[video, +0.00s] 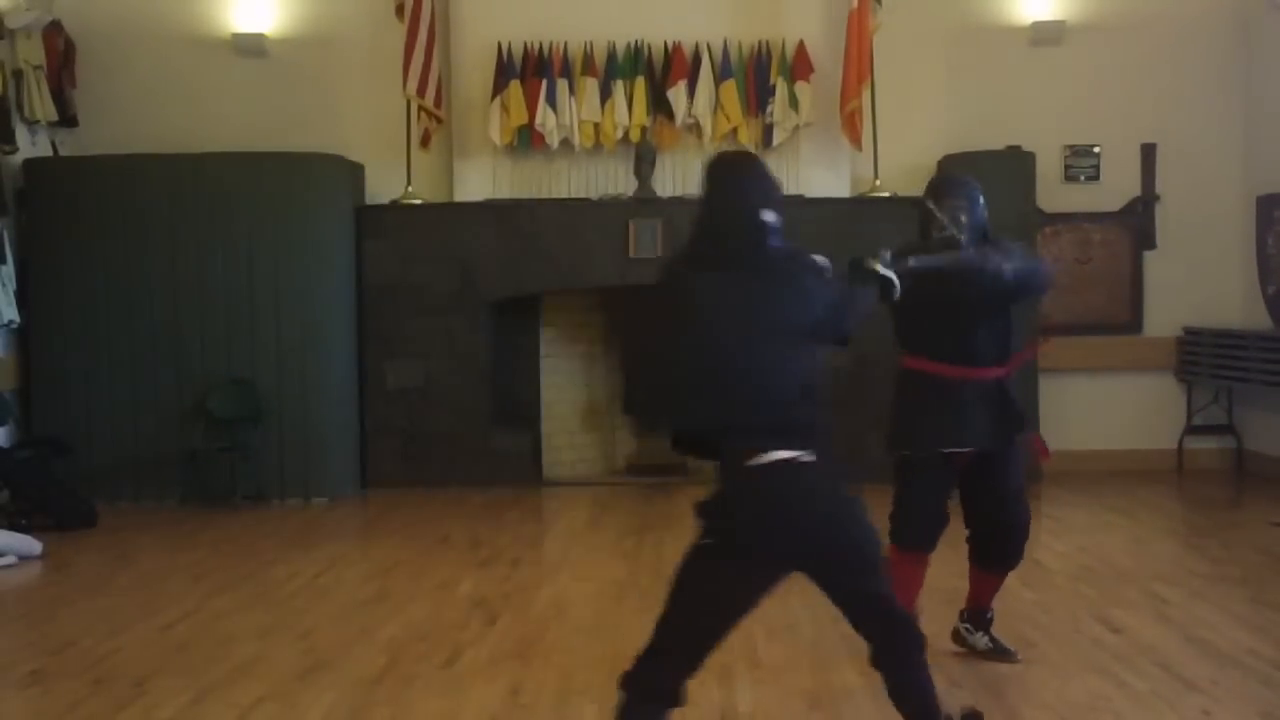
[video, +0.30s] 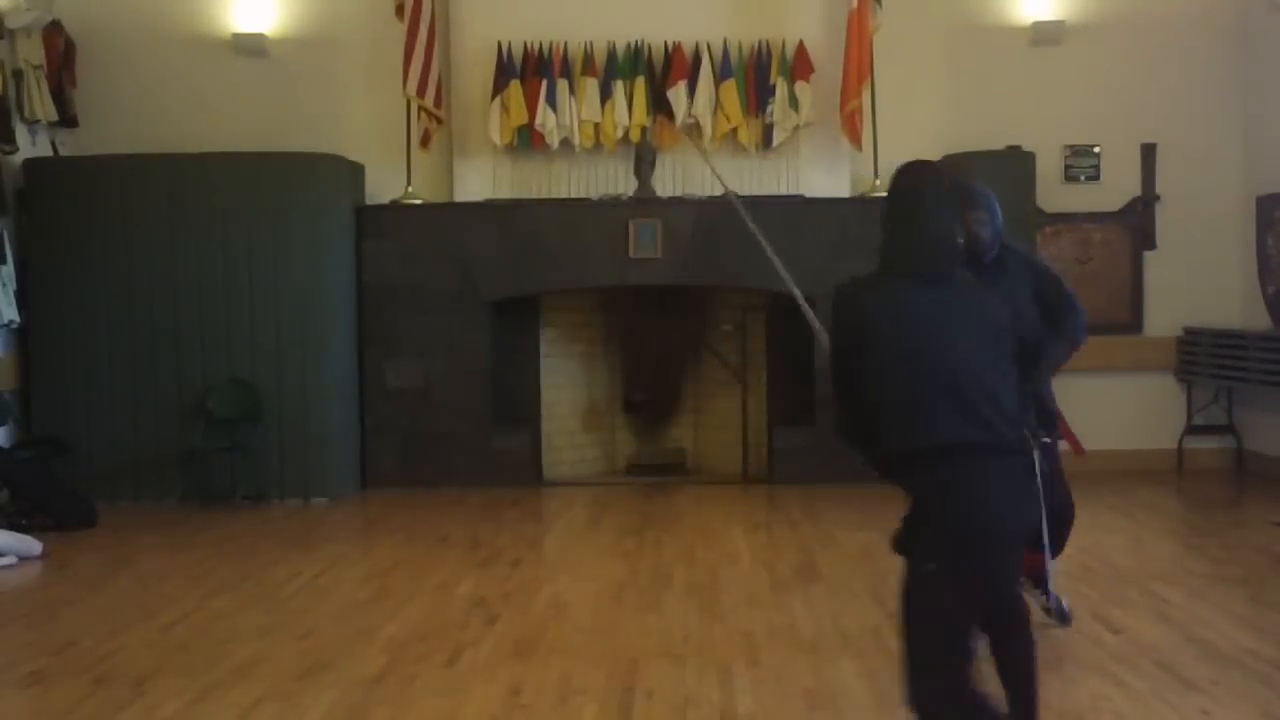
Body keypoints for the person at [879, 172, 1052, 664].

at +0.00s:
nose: (958, 218)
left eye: (967, 207)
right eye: (948, 208)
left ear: (981, 211)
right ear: (928, 212)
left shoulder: (1002, 256)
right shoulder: (910, 260)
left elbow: (1034, 276)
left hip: (989, 413)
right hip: (926, 412)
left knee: (1005, 524)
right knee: (916, 522)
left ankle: (974, 624)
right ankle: (895, 635)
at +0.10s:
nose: (969, 217)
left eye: (976, 207)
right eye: (958, 207)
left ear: (991, 209)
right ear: (936, 208)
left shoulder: (1006, 252)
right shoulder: (920, 260)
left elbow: (1050, 277)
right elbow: (942, 308)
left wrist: (1001, 306)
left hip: (1007, 417)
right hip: (944, 422)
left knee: (1023, 515)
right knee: (949, 523)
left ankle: (995, 614)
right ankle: (950, 623)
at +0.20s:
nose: (968, 218)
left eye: (975, 208)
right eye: (957, 208)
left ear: (991, 213)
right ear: (939, 213)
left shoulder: (1011, 256)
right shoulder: (928, 263)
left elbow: (1056, 303)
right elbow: (922, 329)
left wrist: (1019, 350)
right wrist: (971, 362)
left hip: (1012, 406)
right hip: (953, 409)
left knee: (1043, 509)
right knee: (961, 512)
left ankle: (1021, 593)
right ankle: (964, 612)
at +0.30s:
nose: (972, 230)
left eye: (980, 219)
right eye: (964, 221)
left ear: (997, 222)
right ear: (951, 226)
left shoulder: (1022, 268)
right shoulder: (944, 275)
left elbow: (1071, 324)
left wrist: (1035, 374)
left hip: (1026, 403)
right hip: (969, 405)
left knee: (1056, 506)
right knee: (978, 502)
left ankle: (1038, 572)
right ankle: (978, 594)